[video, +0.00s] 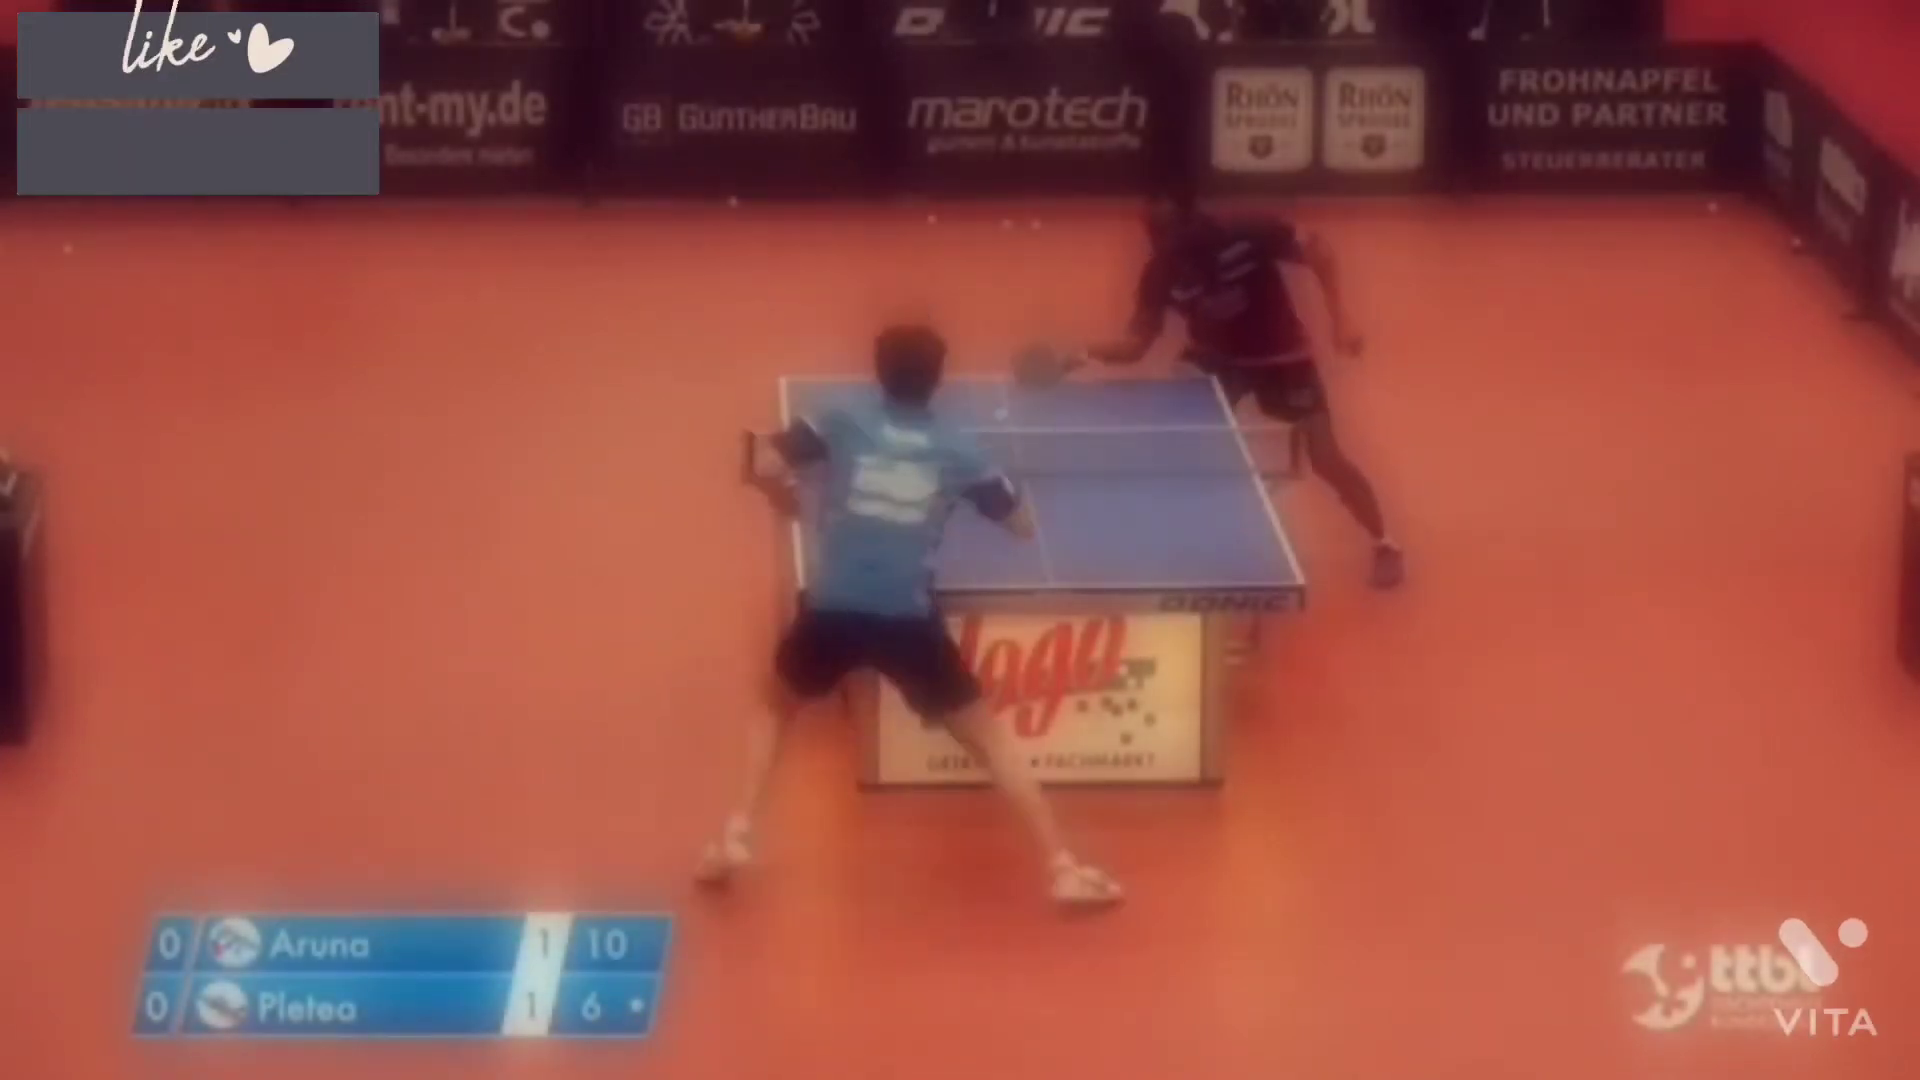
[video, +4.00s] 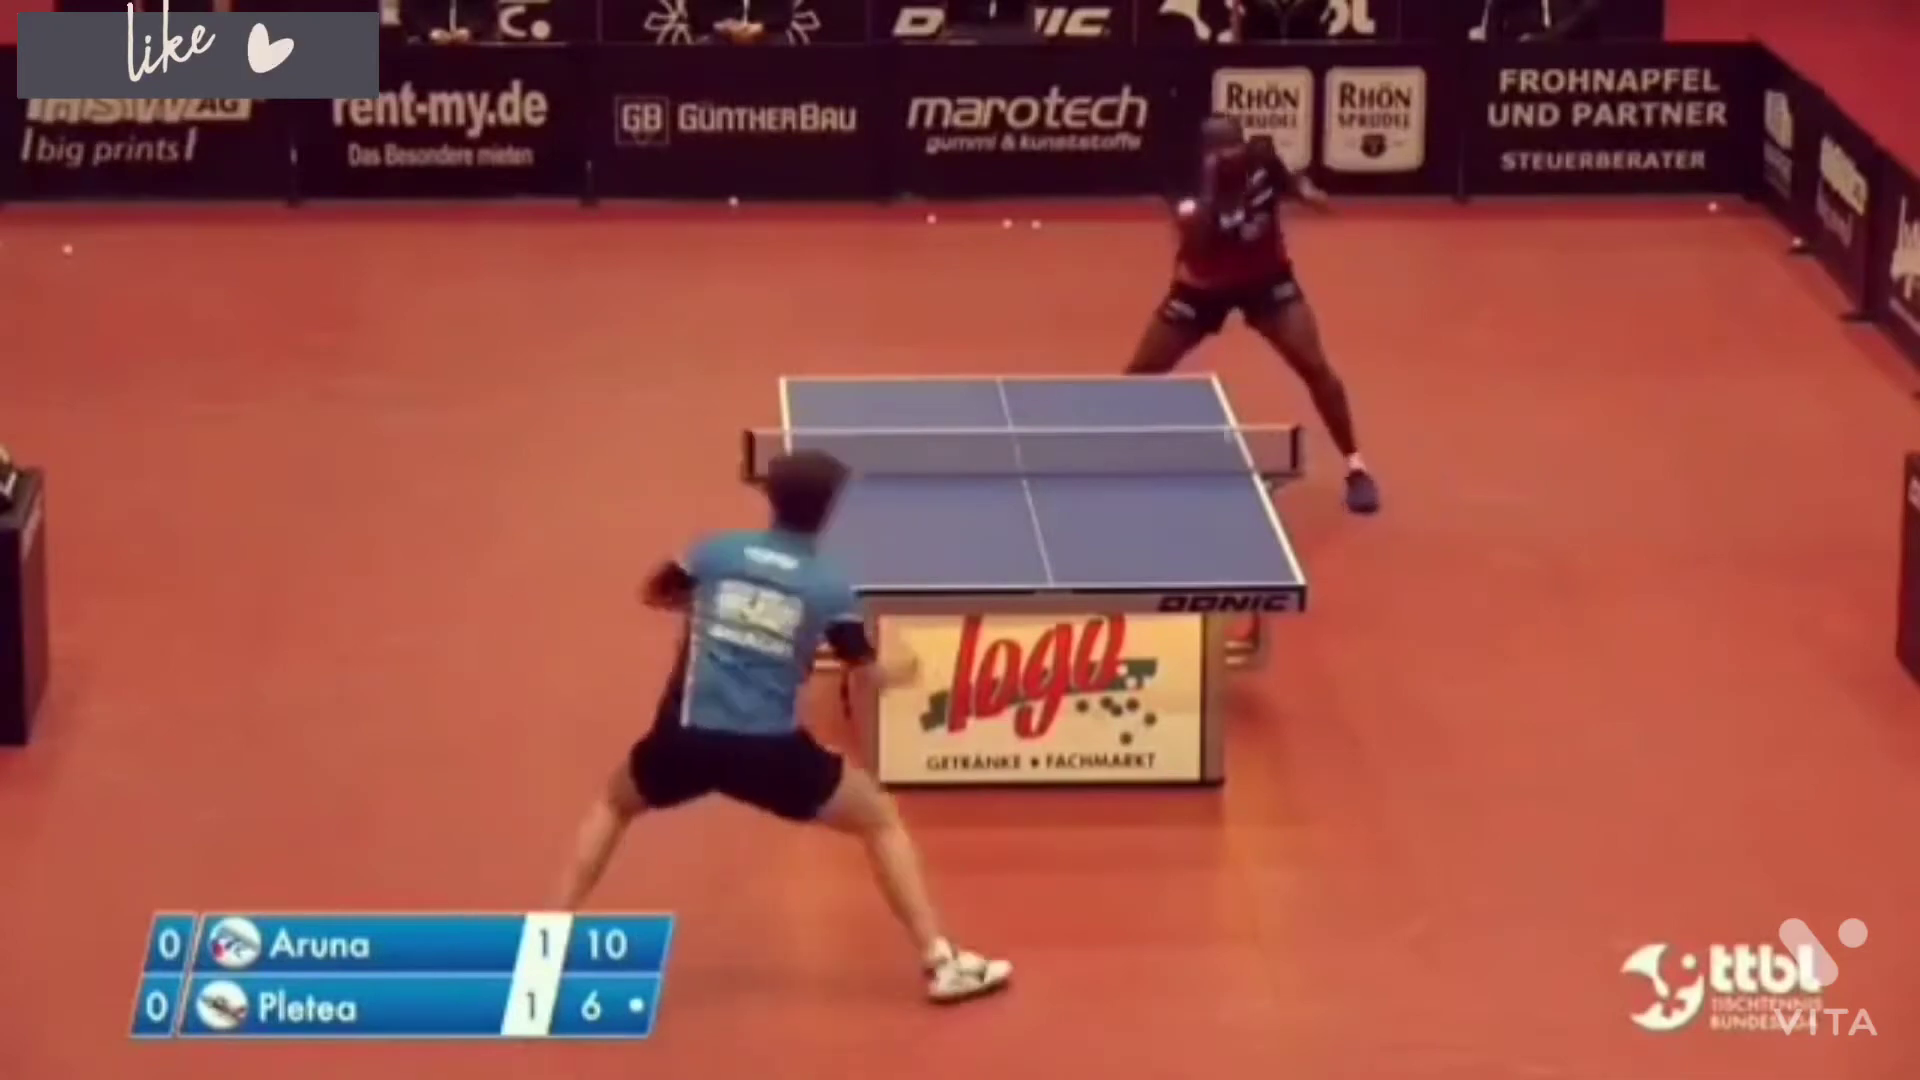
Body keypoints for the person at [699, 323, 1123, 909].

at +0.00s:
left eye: (894, 365)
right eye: (926, 368)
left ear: (880, 373)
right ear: (937, 379)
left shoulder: (847, 423)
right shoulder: (951, 447)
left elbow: (775, 457)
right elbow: (1019, 522)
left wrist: (781, 489)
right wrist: (1007, 487)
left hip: (831, 615)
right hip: (906, 621)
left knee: (776, 711)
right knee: (989, 736)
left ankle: (738, 835)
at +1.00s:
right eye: (919, 427)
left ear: (866, 436)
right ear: (923, 438)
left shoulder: (834, 498)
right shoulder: (943, 511)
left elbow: (783, 554)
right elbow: (1006, 584)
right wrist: (1046, 563)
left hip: (838, 695)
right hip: (919, 698)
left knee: (741, 764)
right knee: (1005, 792)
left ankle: (711, 900)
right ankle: (1046, 935)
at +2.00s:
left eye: (498, 528)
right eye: (539, 518)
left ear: (494, 537)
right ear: (551, 525)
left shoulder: (481, 611)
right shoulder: (594, 588)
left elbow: (471, 698)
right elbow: (682, 592)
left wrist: (460, 784)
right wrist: (653, 509)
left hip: (515, 795)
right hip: (592, 788)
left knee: (426, 832)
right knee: (700, 869)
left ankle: (342, 928)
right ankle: (704, 975)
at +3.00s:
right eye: (798, 474)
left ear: (741, 481)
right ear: (802, 484)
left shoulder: (706, 547)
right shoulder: (829, 561)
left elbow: (633, 587)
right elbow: (884, 632)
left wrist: (652, 624)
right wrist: (882, 592)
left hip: (709, 745)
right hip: (800, 746)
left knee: (611, 834)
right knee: (892, 834)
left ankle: (547, 960)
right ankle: (943, 975)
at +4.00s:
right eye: (827, 499)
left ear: (772, 499)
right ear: (825, 511)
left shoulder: (721, 554)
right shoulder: (828, 581)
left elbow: (655, 591)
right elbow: (860, 664)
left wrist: (718, 602)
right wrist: (897, 670)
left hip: (688, 743)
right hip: (769, 752)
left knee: (614, 806)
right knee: (880, 821)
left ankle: (554, 928)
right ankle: (941, 960)